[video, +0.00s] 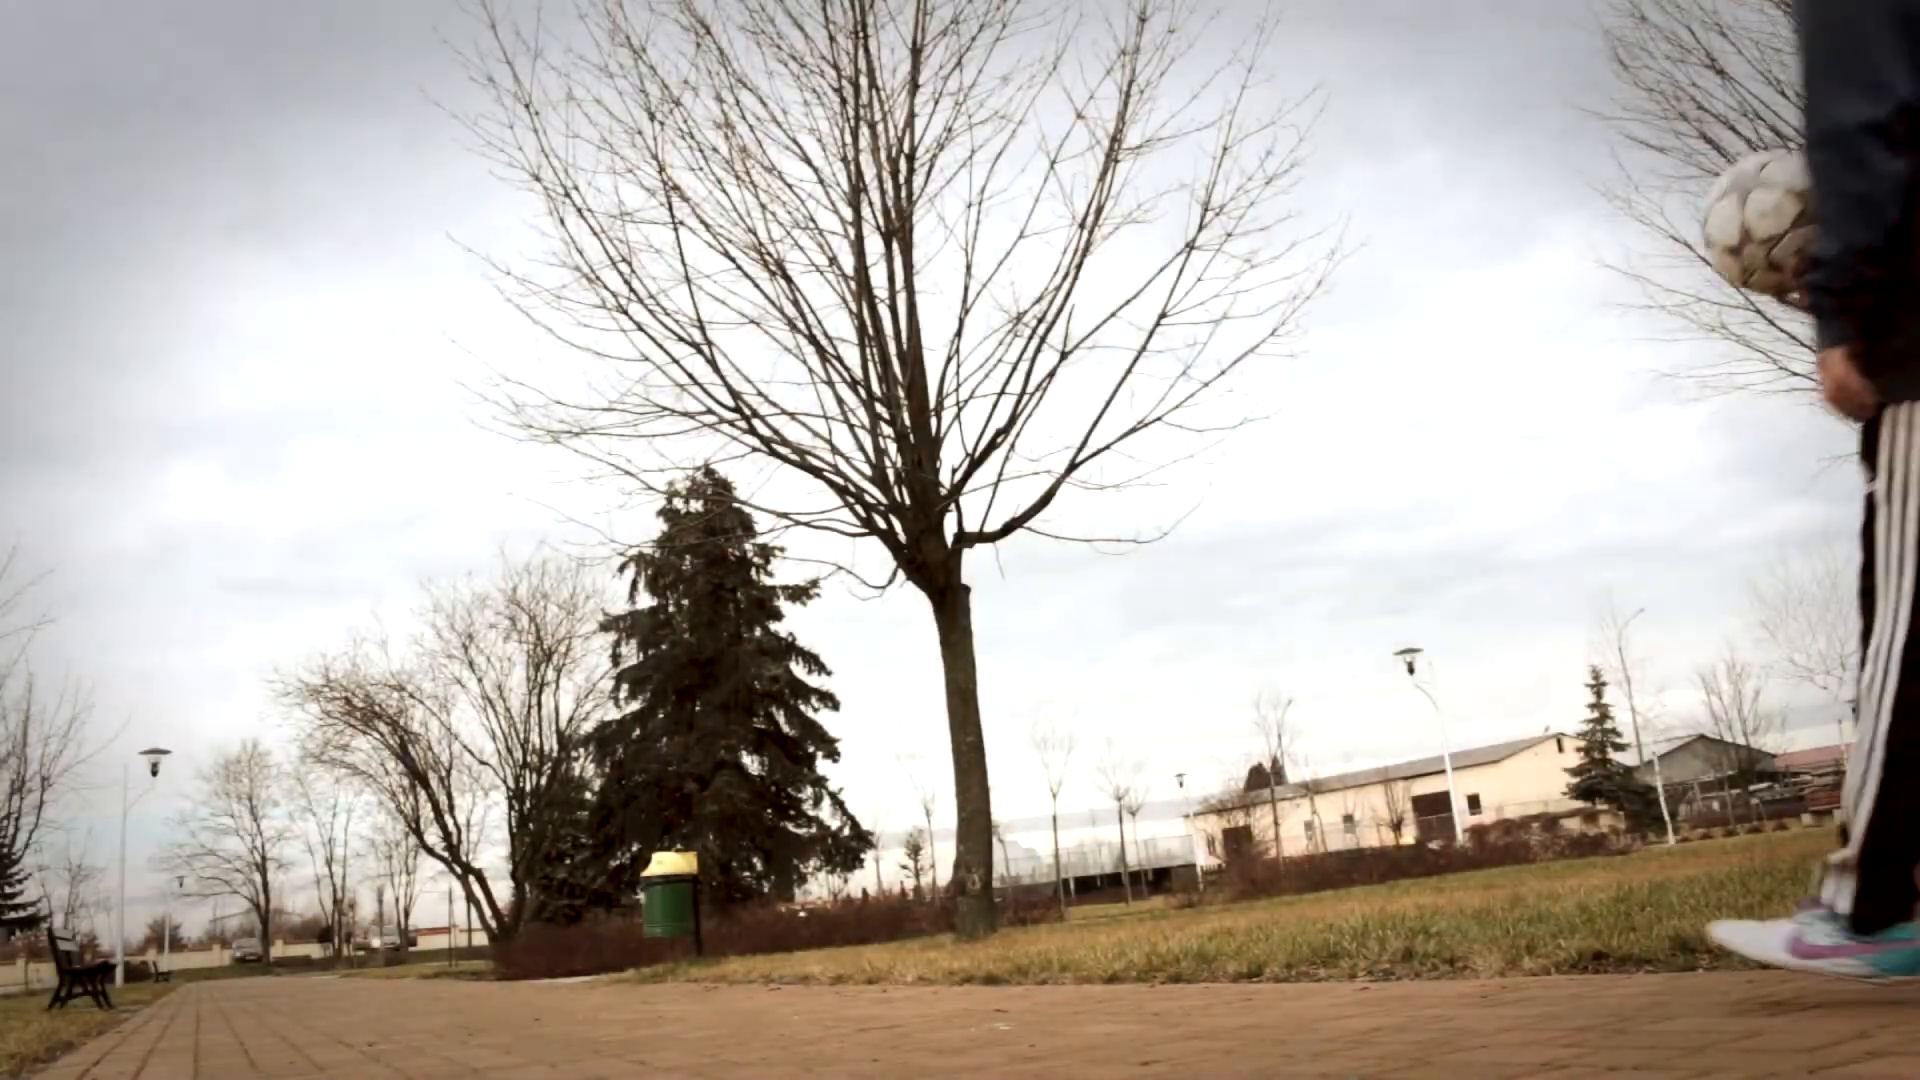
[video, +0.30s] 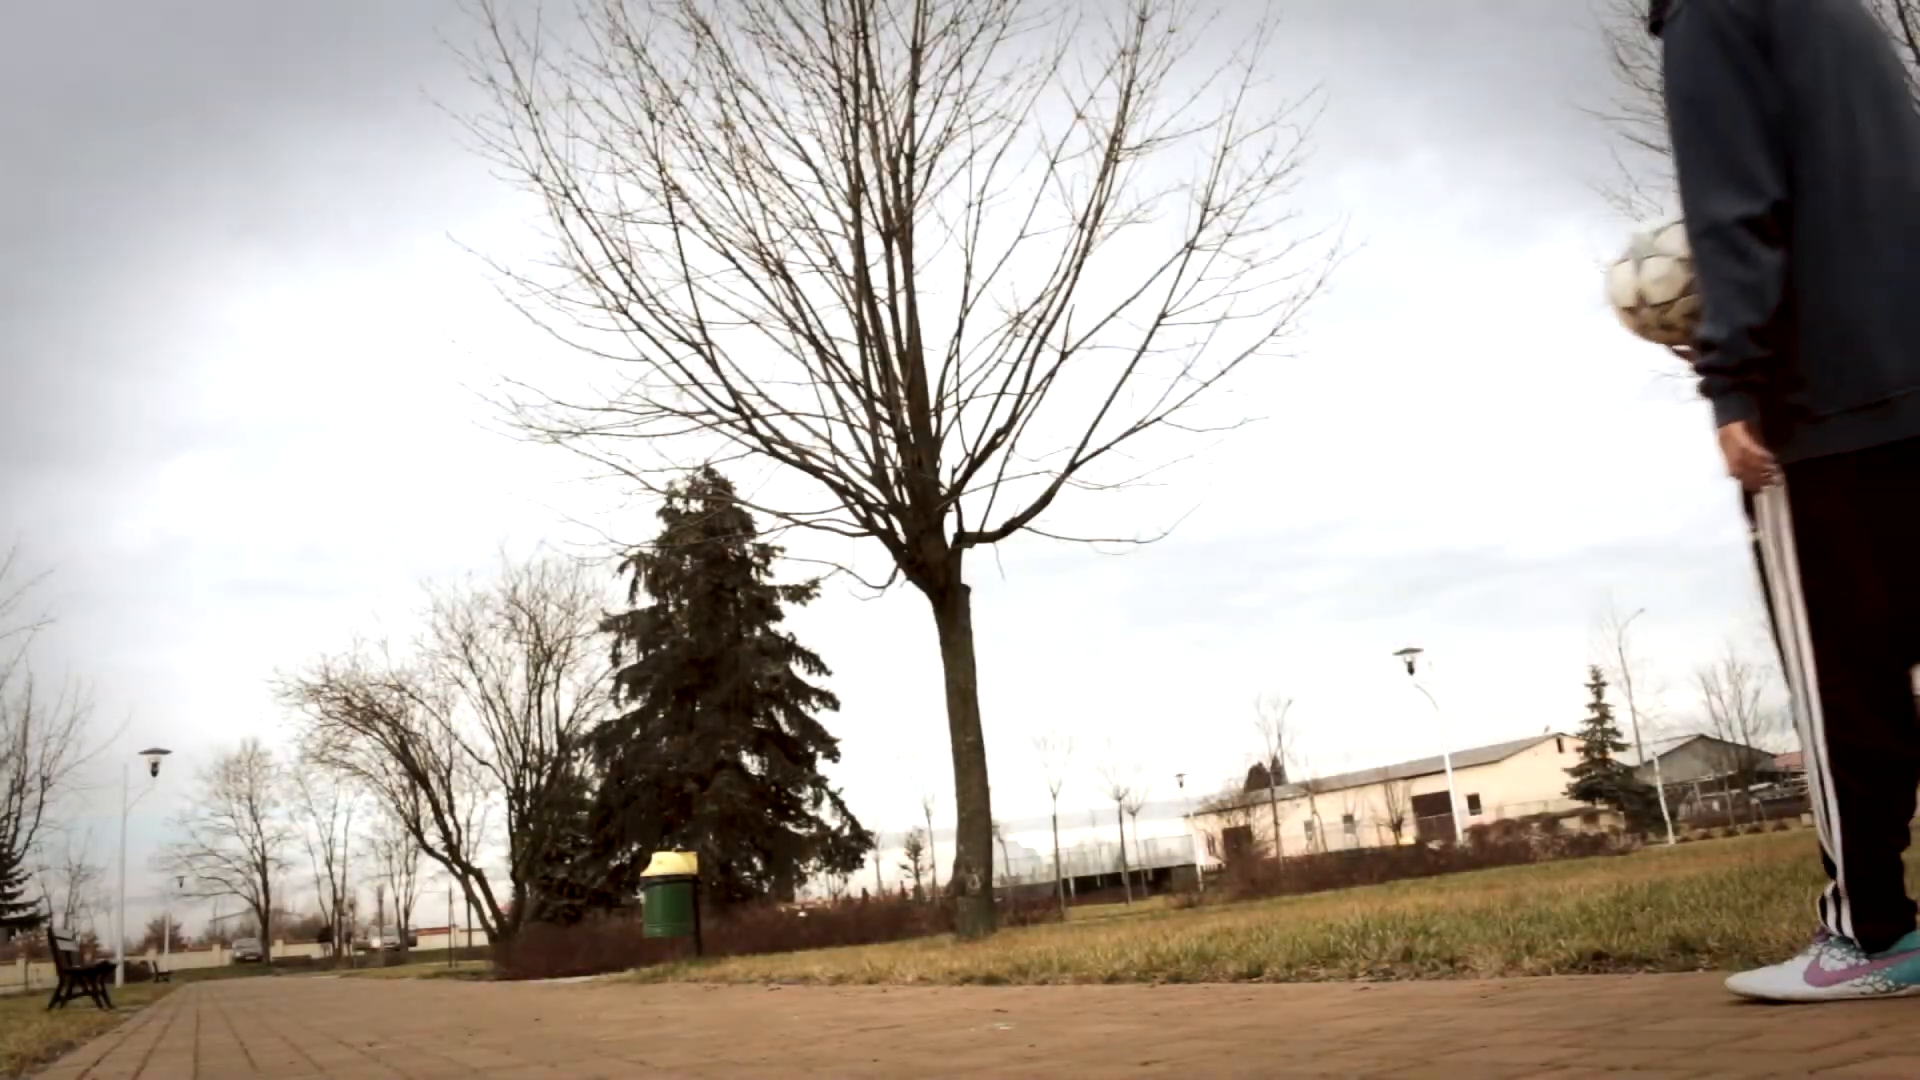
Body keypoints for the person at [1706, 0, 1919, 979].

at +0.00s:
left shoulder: (1853, 14)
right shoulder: (1851, 20)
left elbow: (1860, 128)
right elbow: (1863, 128)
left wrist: (1847, 323)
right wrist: (1848, 304)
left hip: (1915, 334)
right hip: (1910, 332)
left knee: (1904, 616)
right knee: (1902, 612)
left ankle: (1870, 903)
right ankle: (1885, 898)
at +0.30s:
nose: (1643, 5)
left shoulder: (1712, 18)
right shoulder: (1850, 21)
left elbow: (1734, 208)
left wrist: (1734, 391)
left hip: (1823, 400)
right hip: (1899, 380)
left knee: (1842, 676)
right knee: (1889, 669)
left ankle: (1867, 934)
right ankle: (1889, 929)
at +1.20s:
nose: (1432, 119)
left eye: (1438, 94)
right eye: (1418, 108)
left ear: (1491, 72)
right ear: (1430, 115)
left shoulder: (1574, 141)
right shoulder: (1471, 221)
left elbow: (1669, 279)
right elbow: (1471, 384)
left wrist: (1634, 403)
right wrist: (1431, 467)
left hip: (1606, 476)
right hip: (1531, 500)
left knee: (1646, 687)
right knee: (1583, 717)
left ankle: (1829, 893)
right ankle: (1631, 937)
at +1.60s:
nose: (1395, 144)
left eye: (1402, 120)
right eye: (1379, 135)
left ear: (1448, 98)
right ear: (1380, 144)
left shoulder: (1537, 165)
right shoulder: (1415, 241)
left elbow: (1600, 307)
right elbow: (1407, 391)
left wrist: (1618, 444)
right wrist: (1375, 489)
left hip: (1578, 490)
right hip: (1494, 517)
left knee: (1605, 721)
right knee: (1557, 732)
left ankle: (1632, 943)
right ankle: (1621, 933)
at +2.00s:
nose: (1379, 149)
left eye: (1387, 125)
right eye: (1364, 139)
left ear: (1431, 103)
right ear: (1366, 143)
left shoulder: (1520, 171)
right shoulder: (1412, 231)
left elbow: (1564, 322)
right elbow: (1449, 364)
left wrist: (1553, 469)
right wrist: (1452, 466)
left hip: (1563, 497)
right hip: (1465, 509)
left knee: (1602, 726)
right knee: (1422, 700)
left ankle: (1627, 943)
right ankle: (1409, 904)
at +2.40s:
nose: (1348, 160)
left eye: (1353, 136)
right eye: (1333, 151)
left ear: (1402, 111)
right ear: (1340, 155)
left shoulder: (1503, 178)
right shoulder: (1386, 247)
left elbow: (1578, 315)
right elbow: (1386, 404)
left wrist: (1595, 458)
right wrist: (1354, 519)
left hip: (1528, 494)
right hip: (1441, 516)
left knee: (1496, 708)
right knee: (1466, 719)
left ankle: (1590, 921)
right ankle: (1535, 945)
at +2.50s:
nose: (1333, 171)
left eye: (1337, 147)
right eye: (1318, 162)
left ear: (1387, 119)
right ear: (1328, 164)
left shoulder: (1490, 178)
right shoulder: (1377, 257)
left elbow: (1584, 301)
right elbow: (1360, 404)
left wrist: (1645, 445)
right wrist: (1286, 512)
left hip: (1525, 491)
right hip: (1449, 510)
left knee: (1429, 695)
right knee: (1479, 716)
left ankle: (1467, 930)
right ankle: (1546, 949)